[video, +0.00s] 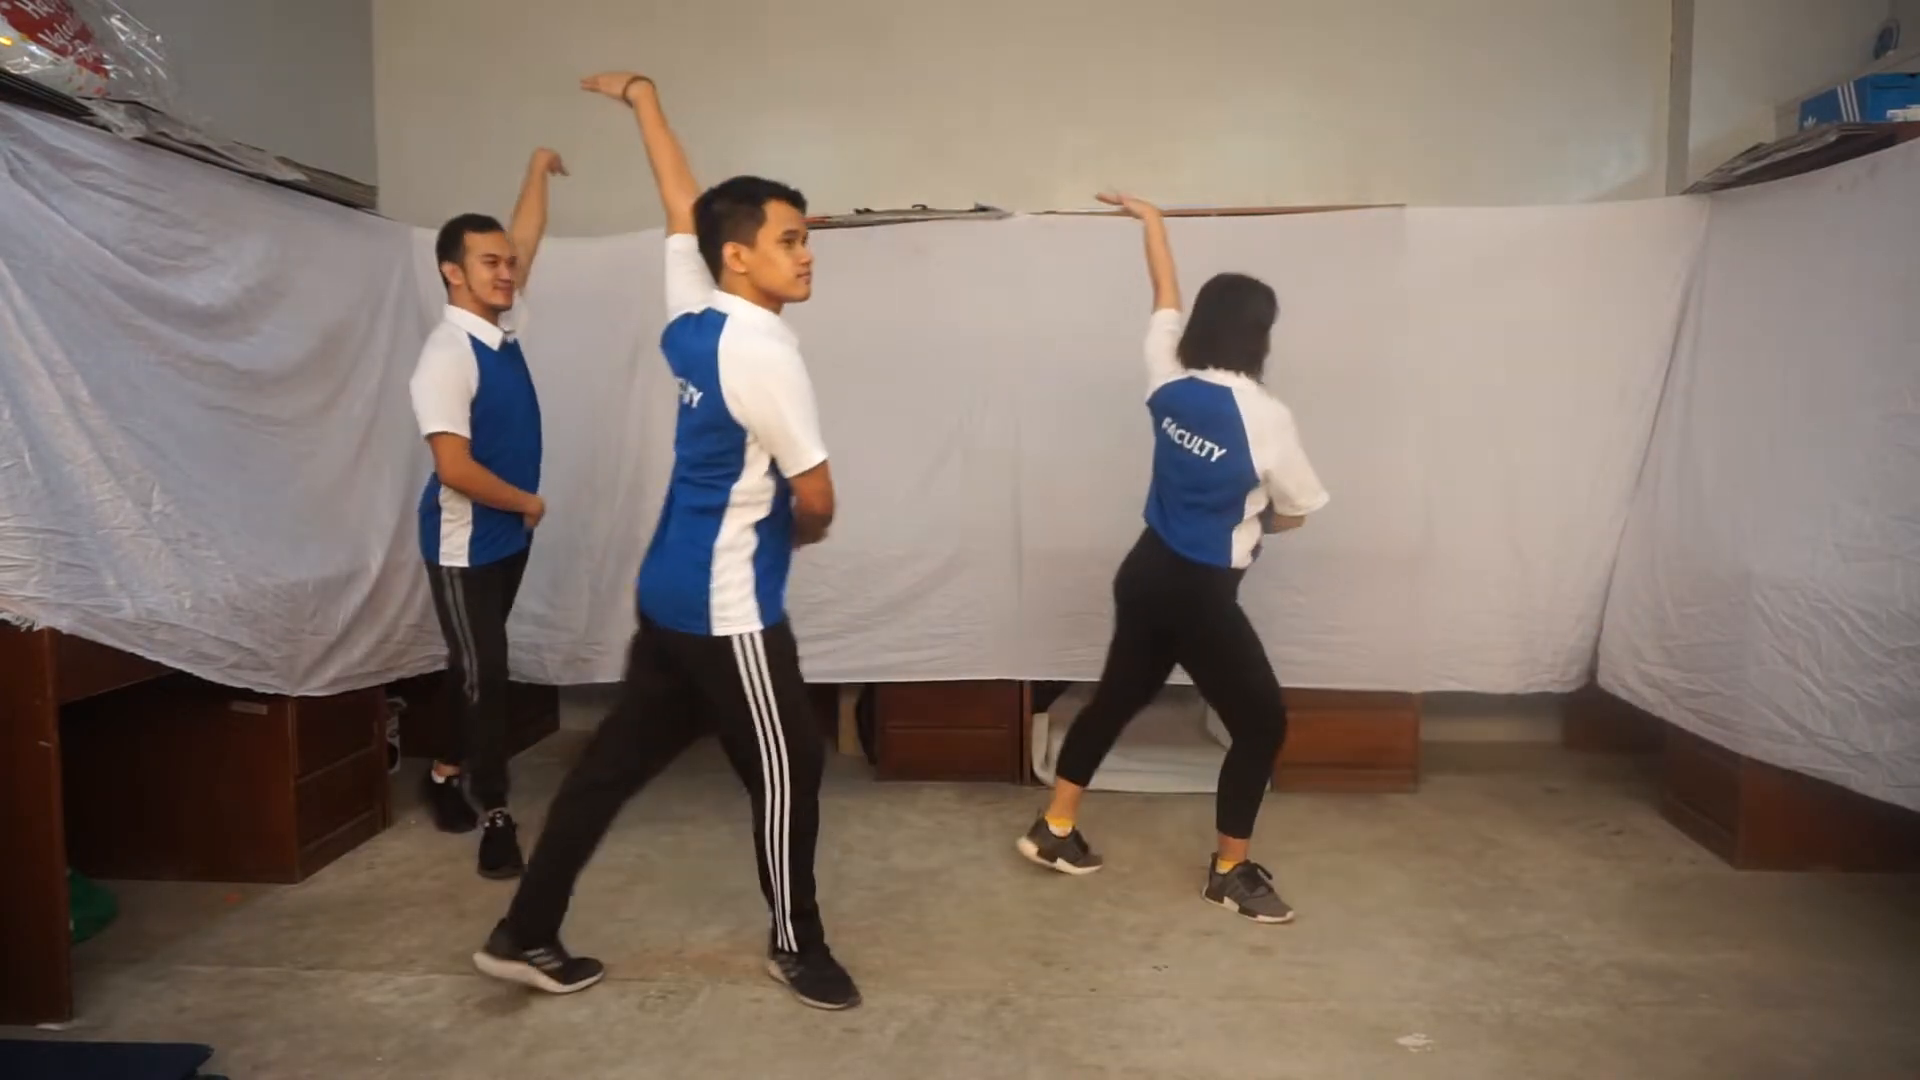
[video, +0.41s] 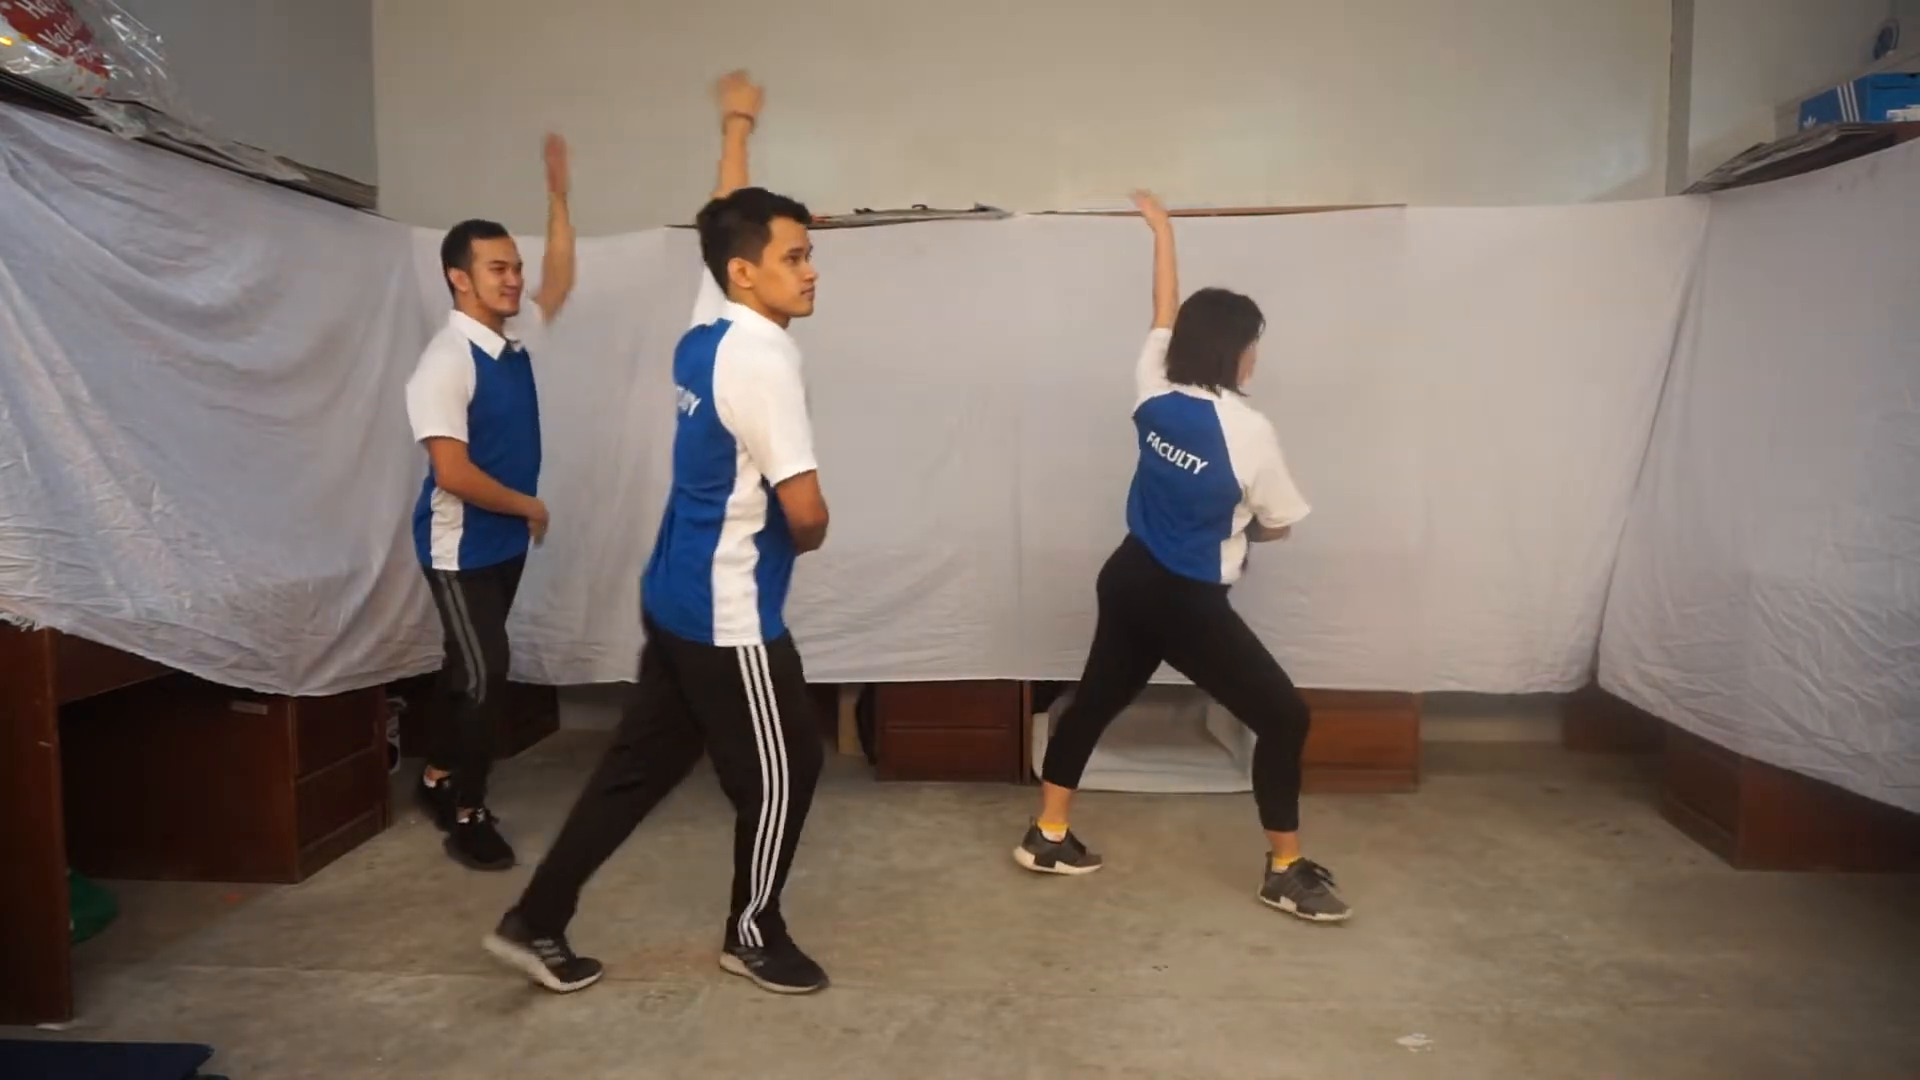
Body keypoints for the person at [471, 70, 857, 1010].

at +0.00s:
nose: (808, 255)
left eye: (805, 240)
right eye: (791, 242)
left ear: (735, 259)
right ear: (737, 255)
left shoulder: (696, 311)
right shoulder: (762, 345)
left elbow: (683, 202)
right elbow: (816, 500)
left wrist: (643, 96)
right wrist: (799, 529)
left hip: (678, 593)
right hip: (731, 604)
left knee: (616, 763)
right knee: (786, 767)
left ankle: (525, 932)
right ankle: (798, 943)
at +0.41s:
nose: (811, 275)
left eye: (810, 258)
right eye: (796, 261)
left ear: (738, 270)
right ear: (739, 268)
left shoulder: (712, 327)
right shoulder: (763, 355)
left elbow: (727, 229)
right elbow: (806, 515)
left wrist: (737, 125)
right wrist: (804, 537)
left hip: (684, 596)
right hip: (731, 610)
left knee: (643, 762)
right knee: (785, 764)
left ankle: (535, 918)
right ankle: (755, 930)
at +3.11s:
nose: (941, 240)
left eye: (952, 225)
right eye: (922, 223)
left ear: (962, 236)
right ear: (878, 235)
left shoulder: (999, 334)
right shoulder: (832, 347)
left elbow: (1109, 397)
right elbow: (764, 458)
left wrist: (1115, 481)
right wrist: (670, 562)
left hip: (979, 606)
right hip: (875, 609)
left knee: (975, 779)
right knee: (858, 772)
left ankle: (963, 938)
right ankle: (851, 915)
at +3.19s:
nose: (918, 240)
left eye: (926, 225)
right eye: (899, 224)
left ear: (933, 233)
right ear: (847, 232)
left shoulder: (960, 326)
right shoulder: (809, 343)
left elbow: (1056, 326)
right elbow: (770, 463)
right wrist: (725, 567)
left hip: (955, 601)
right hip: (859, 610)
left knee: (960, 780)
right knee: (839, 784)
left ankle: (959, 940)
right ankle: (793, 950)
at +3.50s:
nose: (853, 240)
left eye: (852, 223)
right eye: (840, 224)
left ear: (777, 234)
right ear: (781, 234)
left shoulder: (749, 303)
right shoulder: (799, 335)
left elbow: (757, 199)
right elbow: (862, 472)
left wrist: (750, 89)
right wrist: (920, 542)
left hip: (759, 579)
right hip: (789, 593)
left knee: (784, 756)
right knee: (814, 774)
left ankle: (666, 895)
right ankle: (795, 956)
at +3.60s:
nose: (833, 246)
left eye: (831, 229)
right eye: (819, 230)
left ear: (755, 241)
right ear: (764, 240)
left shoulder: (708, 306)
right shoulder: (796, 344)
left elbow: (683, 203)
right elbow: (853, 488)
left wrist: (640, 110)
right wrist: (831, 538)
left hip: (709, 579)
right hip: (770, 595)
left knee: (696, 757)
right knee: (809, 778)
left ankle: (565, 925)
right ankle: (795, 956)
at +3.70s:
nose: (816, 266)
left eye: (814, 249)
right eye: (802, 250)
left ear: (737, 261)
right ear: (744, 260)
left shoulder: (679, 325)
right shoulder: (784, 365)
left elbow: (639, 218)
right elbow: (834, 504)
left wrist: (572, 120)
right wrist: (775, 522)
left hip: (667, 604)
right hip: (738, 617)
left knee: (606, 773)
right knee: (809, 778)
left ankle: (527, 963)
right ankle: (796, 958)